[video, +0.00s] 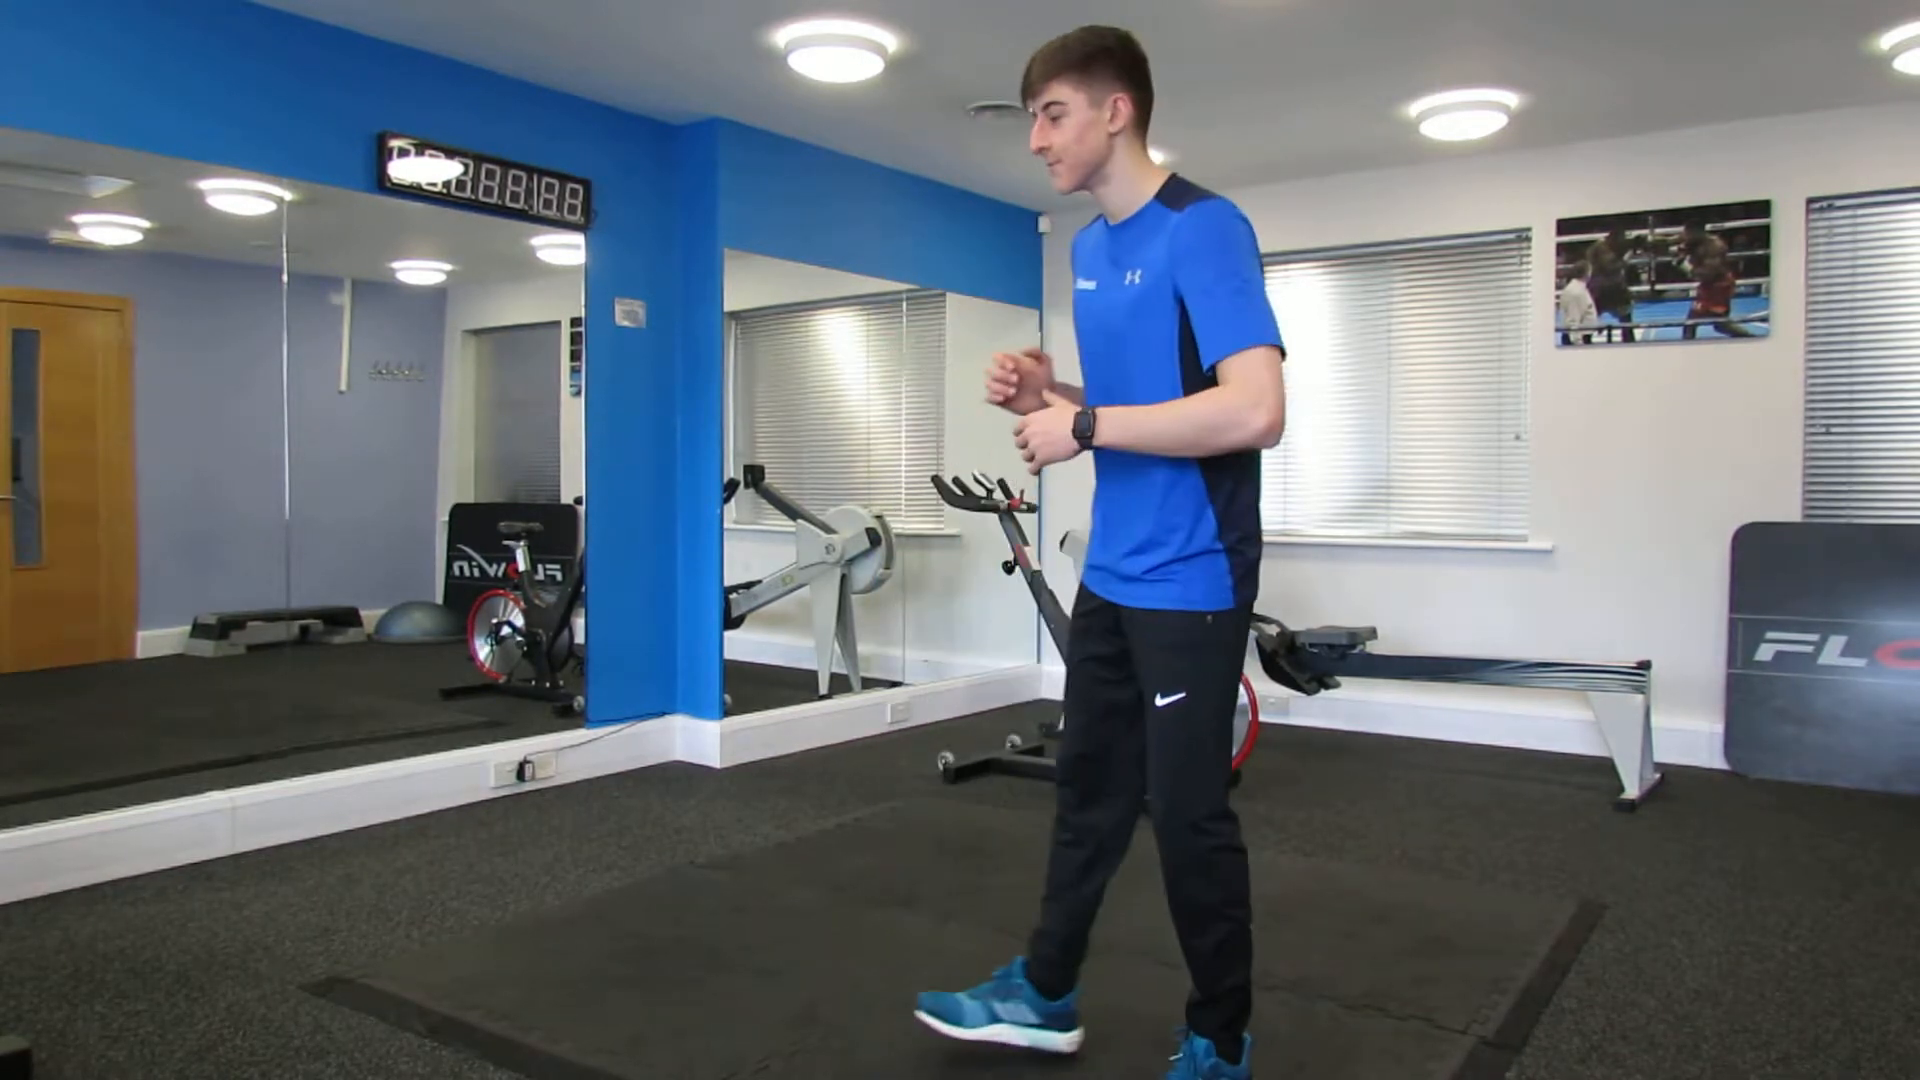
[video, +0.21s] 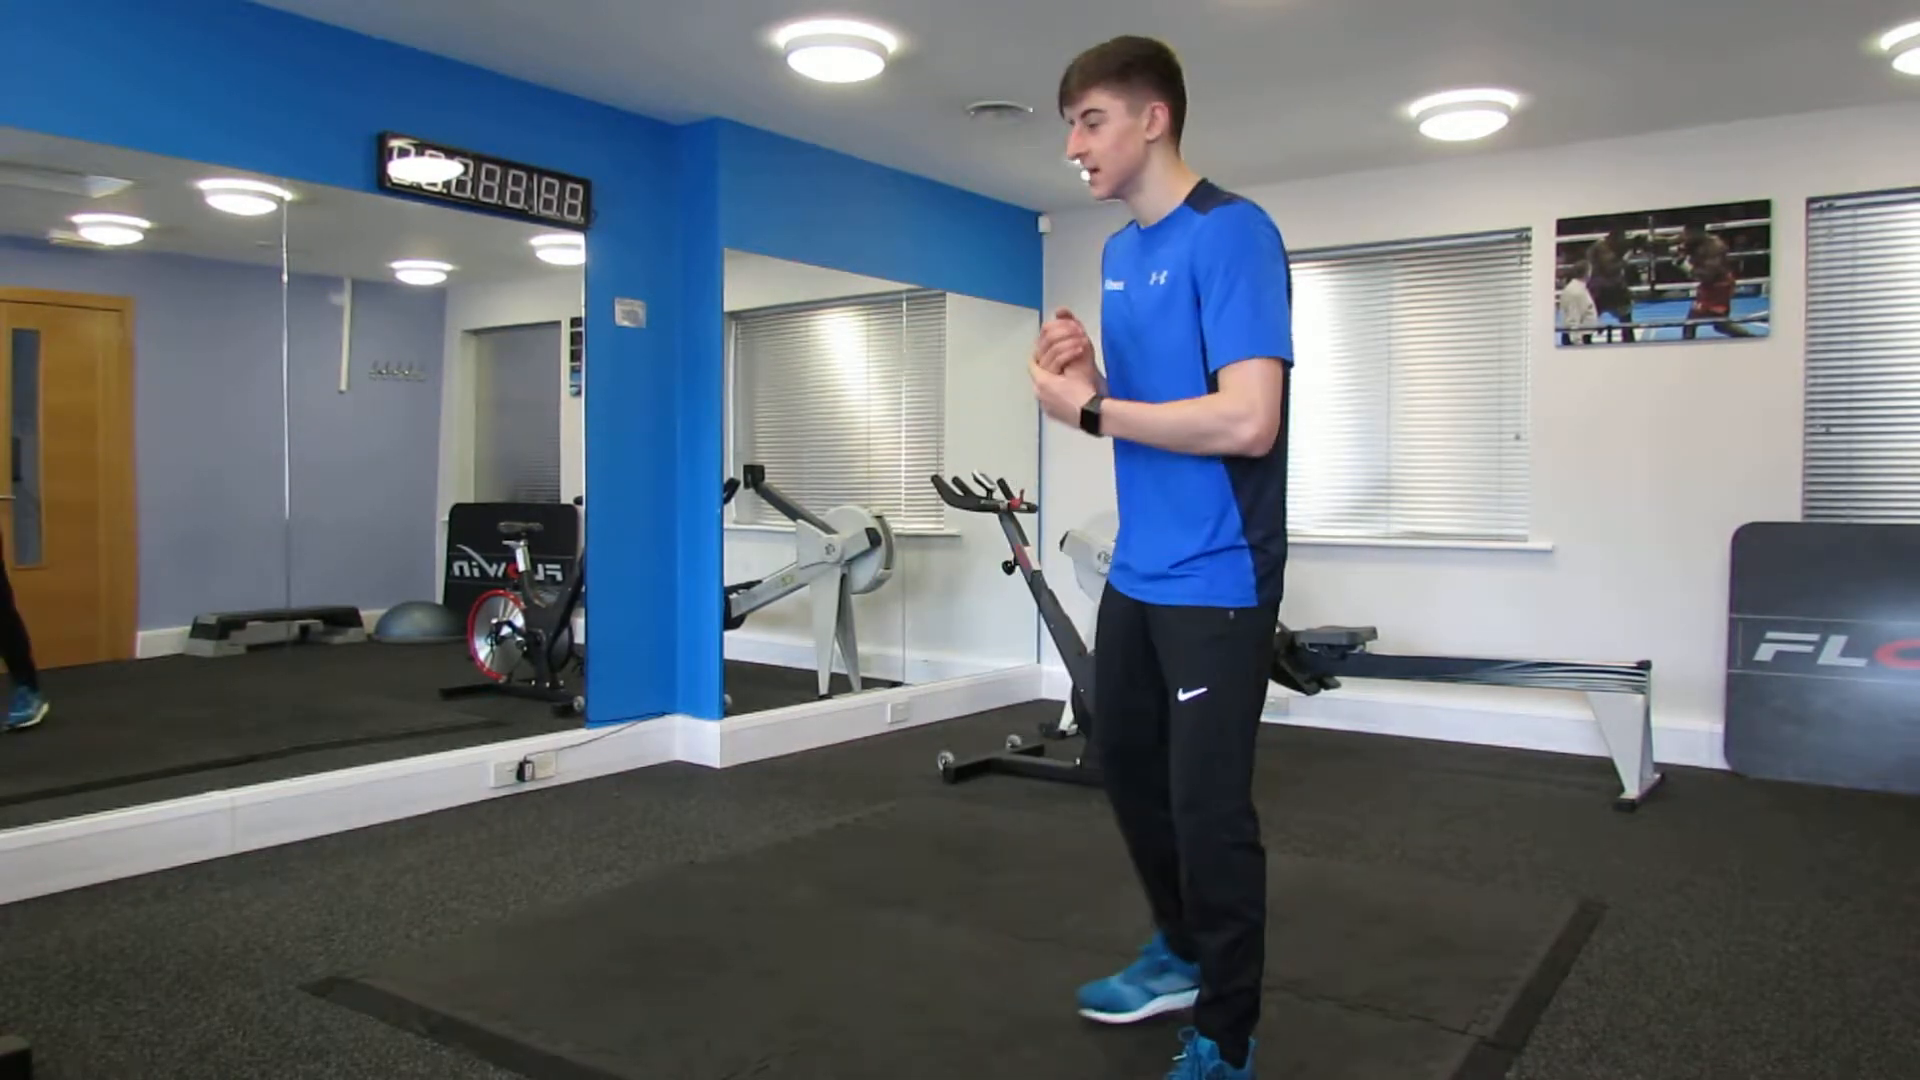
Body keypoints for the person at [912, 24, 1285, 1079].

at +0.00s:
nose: (1037, 139)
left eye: (1052, 113)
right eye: (1033, 120)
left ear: (1119, 110)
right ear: (1089, 123)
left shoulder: (1205, 228)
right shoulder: (1093, 247)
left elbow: (1255, 408)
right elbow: (1133, 400)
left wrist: (1088, 429)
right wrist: (1053, 389)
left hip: (1194, 583)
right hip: (1110, 574)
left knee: (1192, 815)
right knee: (1090, 792)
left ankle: (1219, 1039)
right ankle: (1044, 990)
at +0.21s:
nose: (1078, 147)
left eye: (1093, 122)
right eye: (1072, 129)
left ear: (1159, 116)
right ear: (1101, 134)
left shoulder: (1235, 231)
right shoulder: (1122, 251)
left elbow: (1250, 419)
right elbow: (1143, 405)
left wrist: (1093, 410)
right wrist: (1083, 373)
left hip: (1219, 580)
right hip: (1138, 570)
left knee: (1211, 812)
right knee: (1125, 759)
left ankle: (1228, 1041)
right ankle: (1186, 948)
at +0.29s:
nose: (1098, 151)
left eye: (1115, 125)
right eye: (1090, 134)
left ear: (1177, 121)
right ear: (1098, 146)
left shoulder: (1245, 231)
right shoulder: (1129, 258)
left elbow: (1263, 414)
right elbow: (1143, 412)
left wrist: (1112, 393)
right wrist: (1080, 374)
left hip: (1222, 574)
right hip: (1144, 568)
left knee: (1212, 810)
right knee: (1132, 756)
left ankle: (1229, 1036)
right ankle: (1221, 929)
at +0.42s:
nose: (1129, 161)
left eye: (1148, 136)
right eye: (1114, 147)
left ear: (1199, 139)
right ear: (1108, 166)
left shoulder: (1256, 239)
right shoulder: (1130, 282)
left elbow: (1286, 414)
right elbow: (1133, 446)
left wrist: (1137, 389)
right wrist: (1094, 385)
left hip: (1227, 566)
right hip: (1151, 564)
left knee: (1213, 800)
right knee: (1168, 777)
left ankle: (1227, 1034)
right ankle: (1227, 938)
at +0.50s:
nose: (1141, 174)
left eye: (1160, 152)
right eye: (1125, 161)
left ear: (1205, 158)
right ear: (1117, 180)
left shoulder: (1260, 255)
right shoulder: (1133, 296)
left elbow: (1307, 420)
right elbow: (1128, 460)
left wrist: (1157, 400)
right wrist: (1110, 401)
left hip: (1232, 566)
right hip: (1155, 569)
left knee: (1217, 800)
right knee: (1178, 780)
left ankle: (1225, 1035)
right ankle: (1229, 947)